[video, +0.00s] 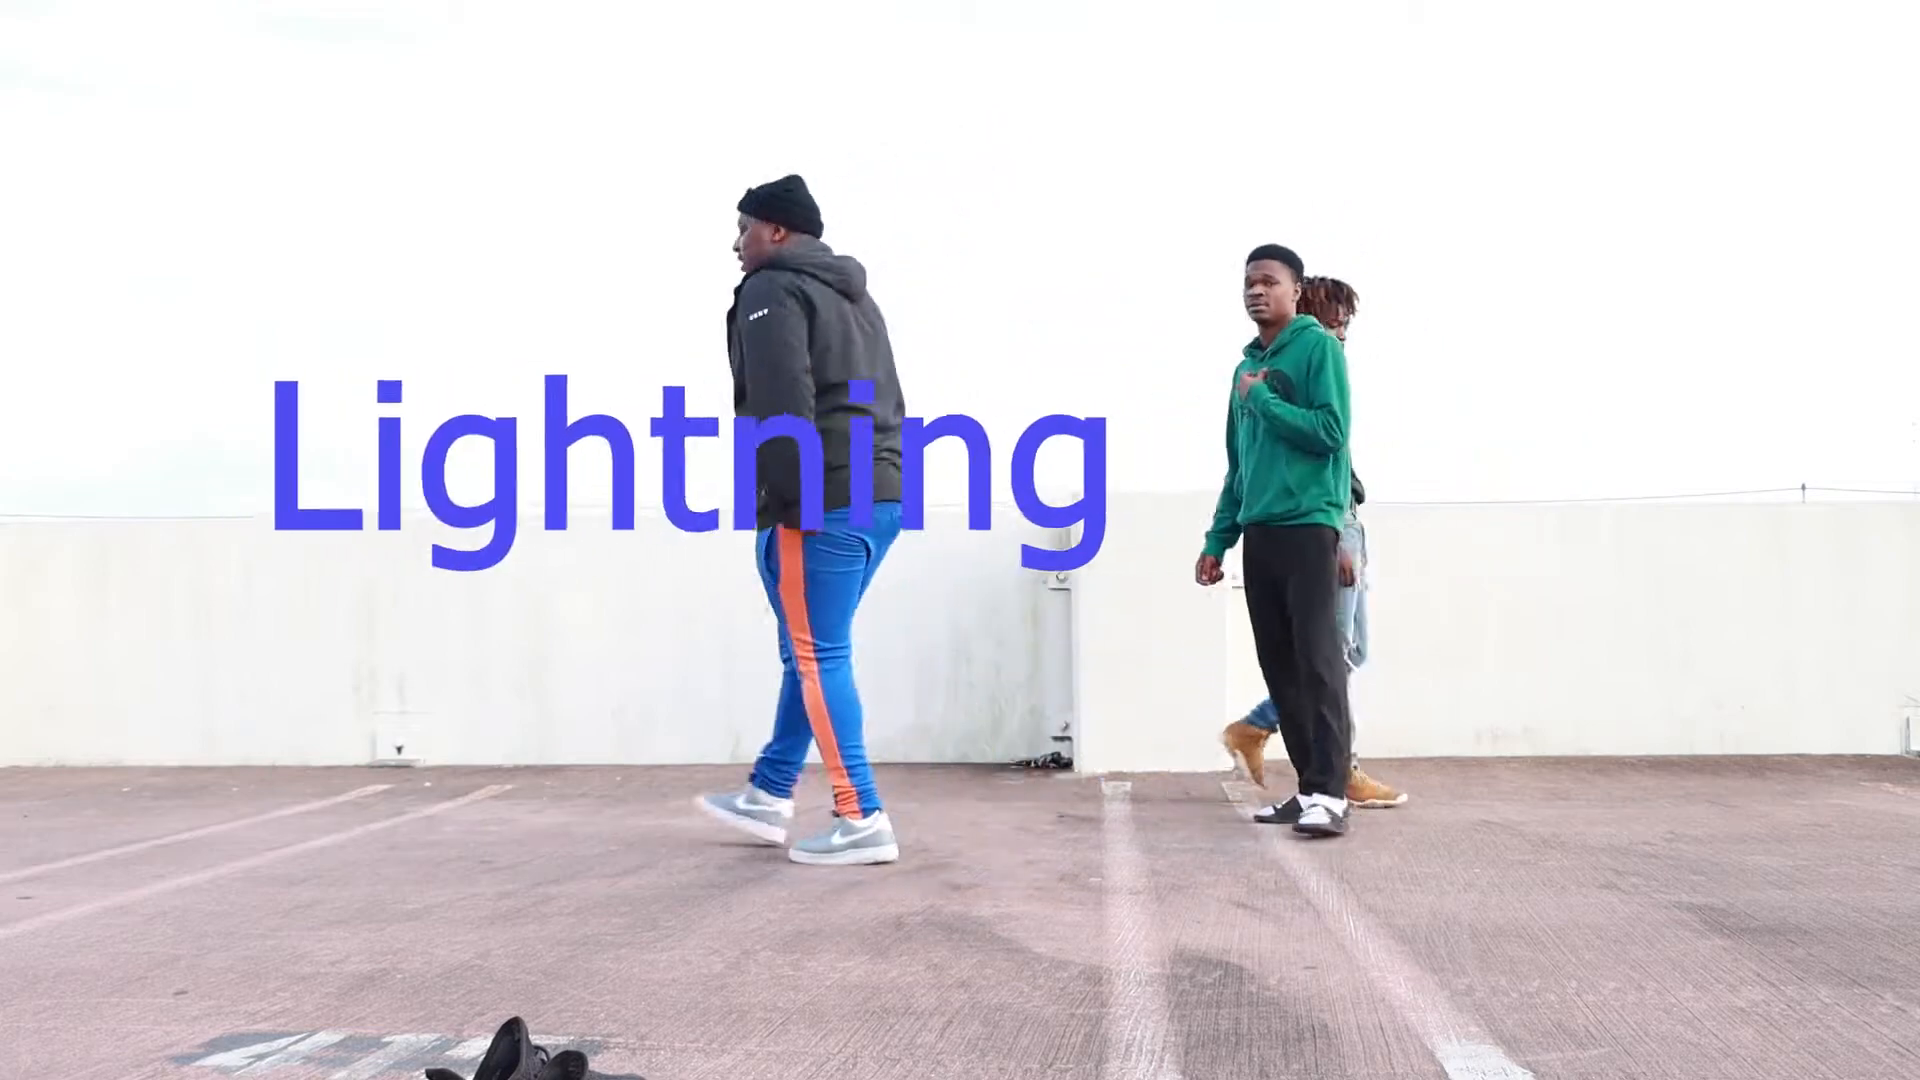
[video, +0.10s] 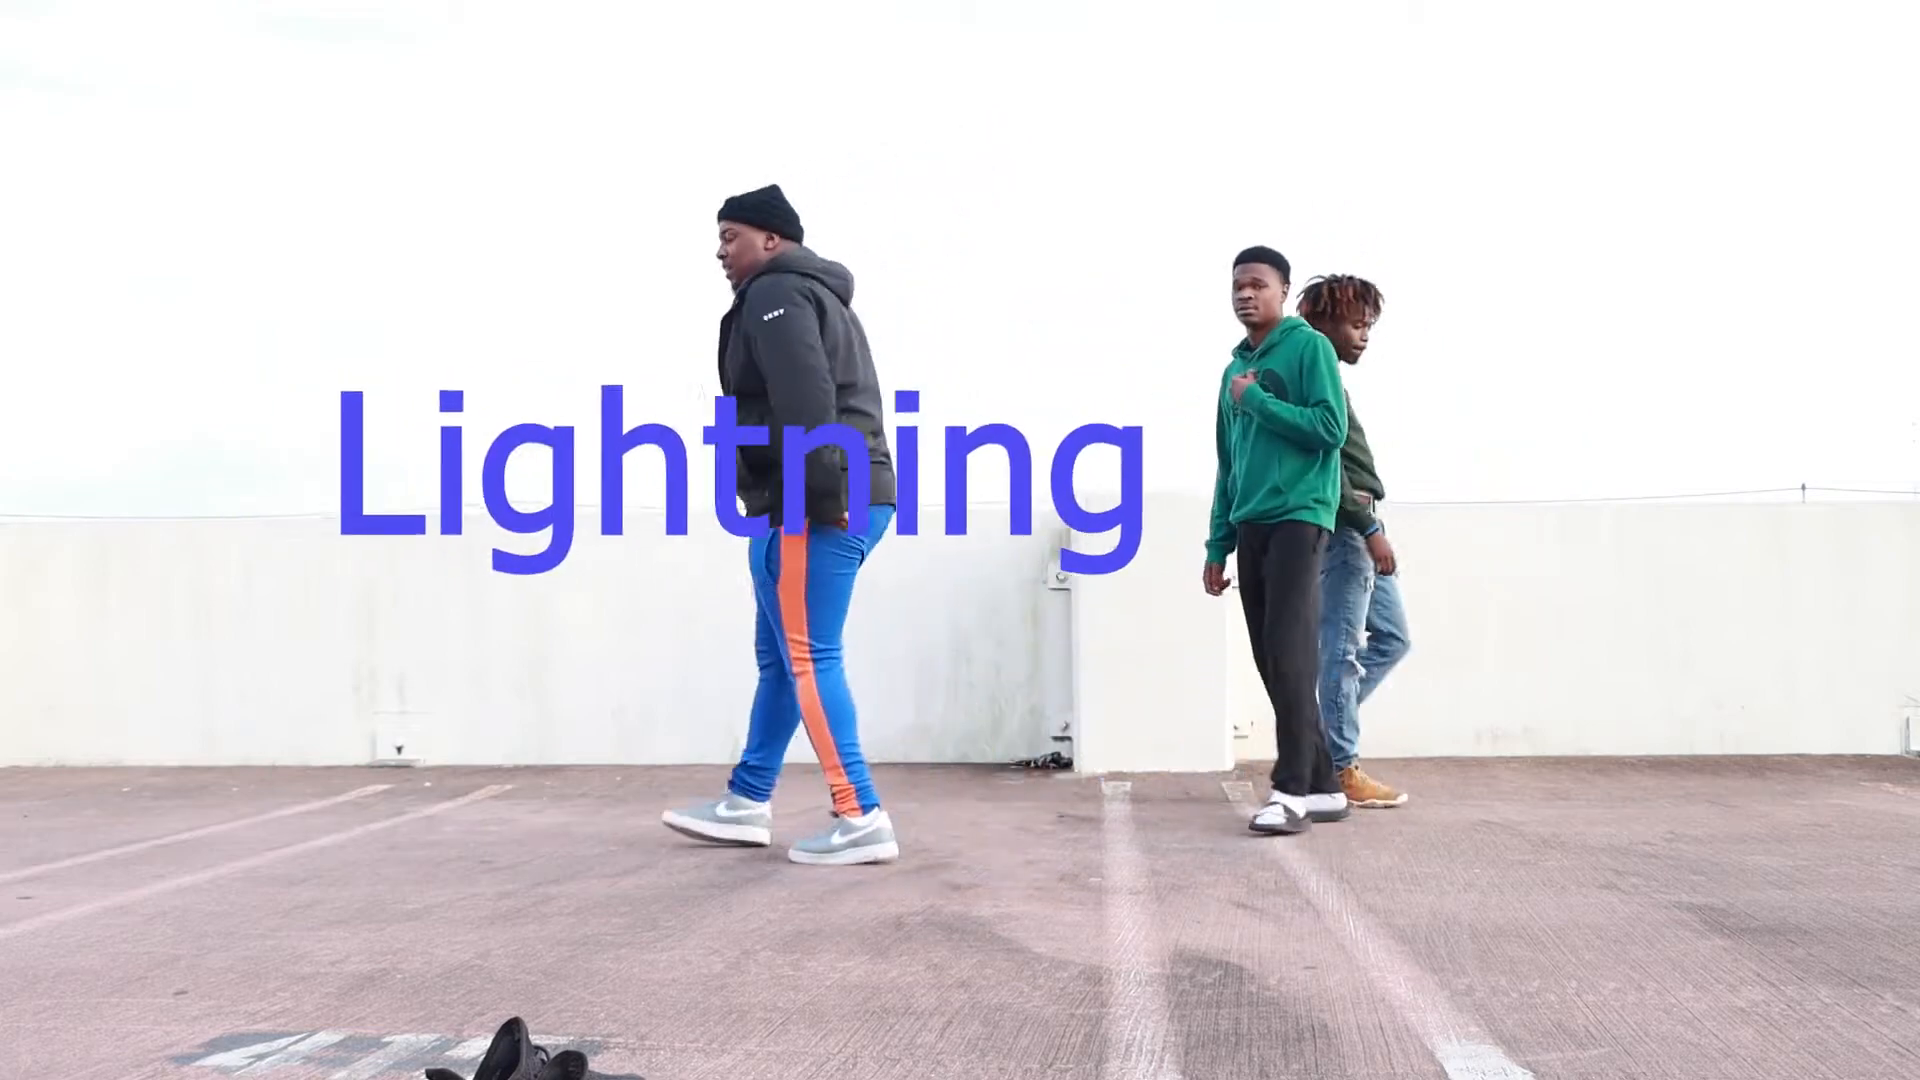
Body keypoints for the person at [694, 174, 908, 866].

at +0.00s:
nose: (737, 243)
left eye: (743, 231)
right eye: (739, 230)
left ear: (773, 230)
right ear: (797, 233)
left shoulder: (769, 291)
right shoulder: (853, 295)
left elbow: (783, 408)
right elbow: (886, 403)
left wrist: (776, 510)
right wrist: (883, 490)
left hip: (819, 507)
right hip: (878, 506)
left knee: (820, 657)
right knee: (807, 652)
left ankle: (860, 817)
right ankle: (769, 793)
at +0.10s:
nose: (721, 251)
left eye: (730, 238)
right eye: (720, 240)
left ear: (772, 238)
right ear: (772, 243)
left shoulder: (774, 293)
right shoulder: (812, 293)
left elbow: (804, 397)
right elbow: (841, 403)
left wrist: (807, 507)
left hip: (822, 504)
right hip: (838, 498)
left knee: (809, 657)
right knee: (778, 655)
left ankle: (860, 816)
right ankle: (746, 800)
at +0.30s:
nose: (706, 257)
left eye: (716, 243)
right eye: (698, 250)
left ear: (753, 242)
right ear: (700, 260)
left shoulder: (787, 291)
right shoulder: (732, 317)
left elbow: (839, 383)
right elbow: (735, 422)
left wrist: (852, 490)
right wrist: (738, 515)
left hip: (802, 511)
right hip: (755, 516)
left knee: (798, 651)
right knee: (752, 660)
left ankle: (857, 804)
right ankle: (738, 806)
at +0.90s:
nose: (790, 265)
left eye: (802, 253)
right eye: (780, 257)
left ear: (830, 258)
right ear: (770, 269)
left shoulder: (881, 321)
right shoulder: (755, 335)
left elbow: (929, 413)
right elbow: (725, 431)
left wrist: (933, 508)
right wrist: (722, 513)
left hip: (867, 519)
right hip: (778, 523)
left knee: (866, 660)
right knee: (769, 661)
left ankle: (884, 792)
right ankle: (742, 802)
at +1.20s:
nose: (877, 293)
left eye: (890, 281)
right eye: (865, 280)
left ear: (909, 282)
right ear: (846, 277)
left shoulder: (941, 340)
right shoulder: (806, 326)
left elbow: (976, 430)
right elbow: (753, 408)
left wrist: (970, 511)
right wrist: (744, 497)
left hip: (896, 524)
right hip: (809, 519)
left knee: (882, 654)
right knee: (800, 651)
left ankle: (884, 791)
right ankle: (801, 792)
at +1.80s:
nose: (887, 319)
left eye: (898, 307)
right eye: (875, 307)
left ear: (912, 303)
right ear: (852, 301)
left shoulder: (943, 352)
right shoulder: (814, 351)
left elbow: (1001, 420)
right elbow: (762, 413)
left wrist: (1065, 490)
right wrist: (722, 487)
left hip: (906, 528)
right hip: (825, 530)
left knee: (895, 649)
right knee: (839, 663)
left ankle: (896, 784)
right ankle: (852, 784)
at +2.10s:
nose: (892, 292)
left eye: (902, 281)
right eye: (879, 280)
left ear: (917, 282)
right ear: (858, 280)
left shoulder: (948, 333)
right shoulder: (819, 331)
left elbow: (1024, 366)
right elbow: (752, 363)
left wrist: (1105, 395)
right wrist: (680, 391)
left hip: (921, 525)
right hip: (835, 526)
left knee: (917, 648)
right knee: (848, 662)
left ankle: (926, 788)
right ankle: (854, 787)